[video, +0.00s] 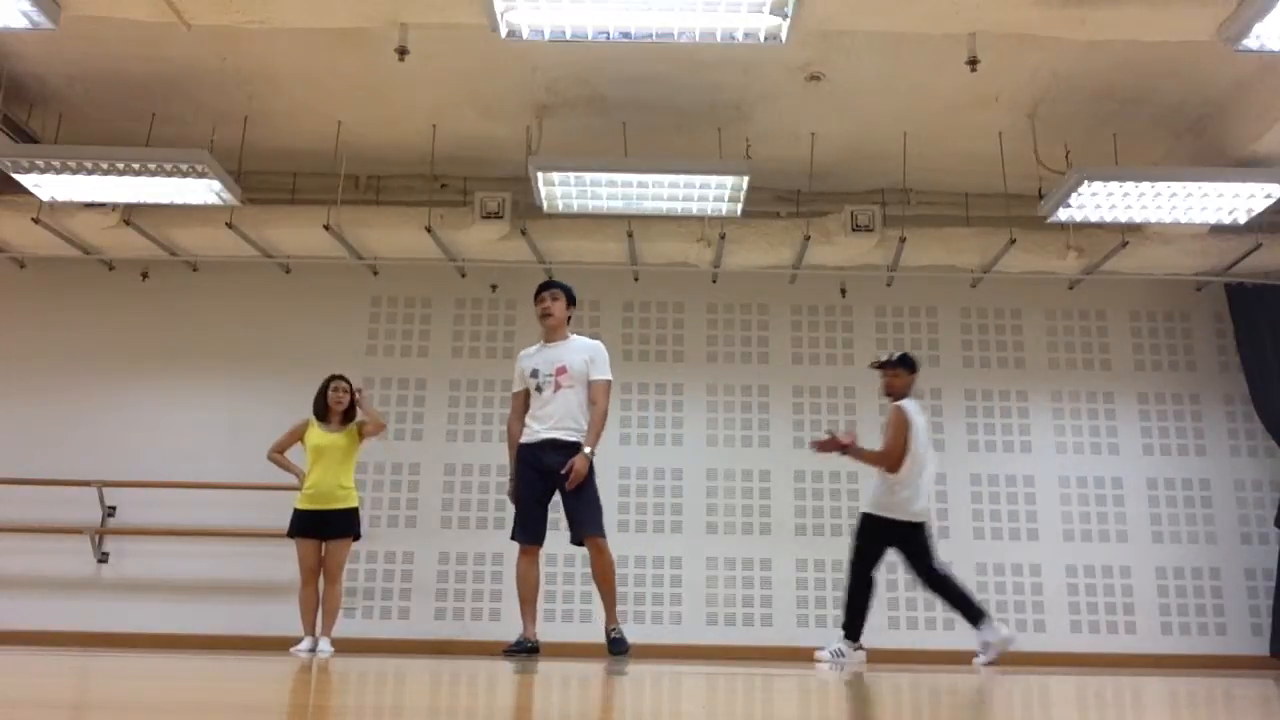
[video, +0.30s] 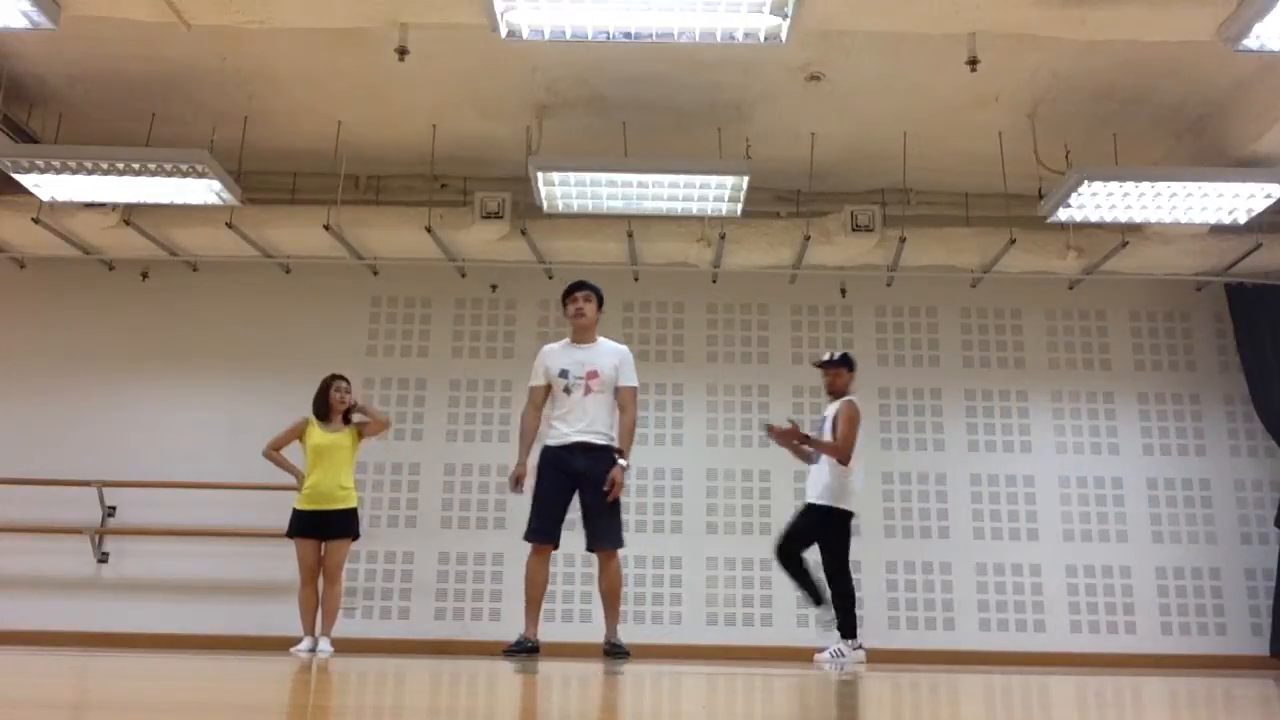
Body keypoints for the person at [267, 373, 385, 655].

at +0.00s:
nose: (339, 395)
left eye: (344, 392)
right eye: (335, 391)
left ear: (350, 399)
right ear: (324, 395)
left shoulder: (355, 429)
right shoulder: (309, 426)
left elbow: (379, 426)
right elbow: (273, 453)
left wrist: (362, 403)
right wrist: (298, 472)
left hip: (342, 506)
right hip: (309, 505)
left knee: (333, 576)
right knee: (309, 575)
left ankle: (325, 638)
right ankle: (308, 636)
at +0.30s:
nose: (341, 396)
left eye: (346, 392)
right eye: (337, 390)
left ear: (349, 400)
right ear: (325, 394)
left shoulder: (354, 429)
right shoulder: (308, 425)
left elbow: (384, 422)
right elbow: (269, 450)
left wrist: (361, 405)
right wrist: (297, 473)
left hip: (342, 505)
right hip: (309, 505)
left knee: (333, 574)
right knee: (308, 575)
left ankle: (325, 637)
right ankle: (308, 636)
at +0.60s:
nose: (337, 397)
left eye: (342, 393)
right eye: (332, 392)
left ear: (349, 398)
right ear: (322, 396)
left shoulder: (356, 431)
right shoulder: (308, 429)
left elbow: (371, 469)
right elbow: (273, 459)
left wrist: (362, 437)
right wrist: (279, 491)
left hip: (340, 507)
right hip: (307, 506)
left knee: (330, 575)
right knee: (308, 575)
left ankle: (325, 637)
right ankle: (308, 636)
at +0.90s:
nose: (336, 396)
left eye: (342, 391)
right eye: (332, 391)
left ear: (350, 397)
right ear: (323, 396)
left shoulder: (360, 428)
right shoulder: (308, 431)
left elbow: (370, 466)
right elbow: (297, 471)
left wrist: (338, 474)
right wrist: (299, 503)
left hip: (341, 509)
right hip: (309, 509)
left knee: (334, 574)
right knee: (308, 575)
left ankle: (328, 637)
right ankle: (309, 636)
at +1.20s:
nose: (336, 396)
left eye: (342, 392)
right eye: (332, 392)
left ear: (351, 398)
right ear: (324, 397)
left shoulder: (362, 431)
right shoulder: (310, 432)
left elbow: (364, 472)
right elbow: (301, 473)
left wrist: (354, 506)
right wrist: (295, 507)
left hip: (341, 508)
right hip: (310, 508)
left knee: (335, 577)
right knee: (309, 577)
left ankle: (328, 637)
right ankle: (309, 636)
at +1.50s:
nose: (337, 397)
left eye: (343, 393)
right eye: (333, 393)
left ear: (353, 399)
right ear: (325, 398)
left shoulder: (363, 431)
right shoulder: (311, 433)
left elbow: (373, 473)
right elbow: (298, 475)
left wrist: (377, 510)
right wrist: (286, 509)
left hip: (344, 509)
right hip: (310, 508)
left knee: (334, 576)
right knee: (310, 577)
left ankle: (328, 637)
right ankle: (311, 636)